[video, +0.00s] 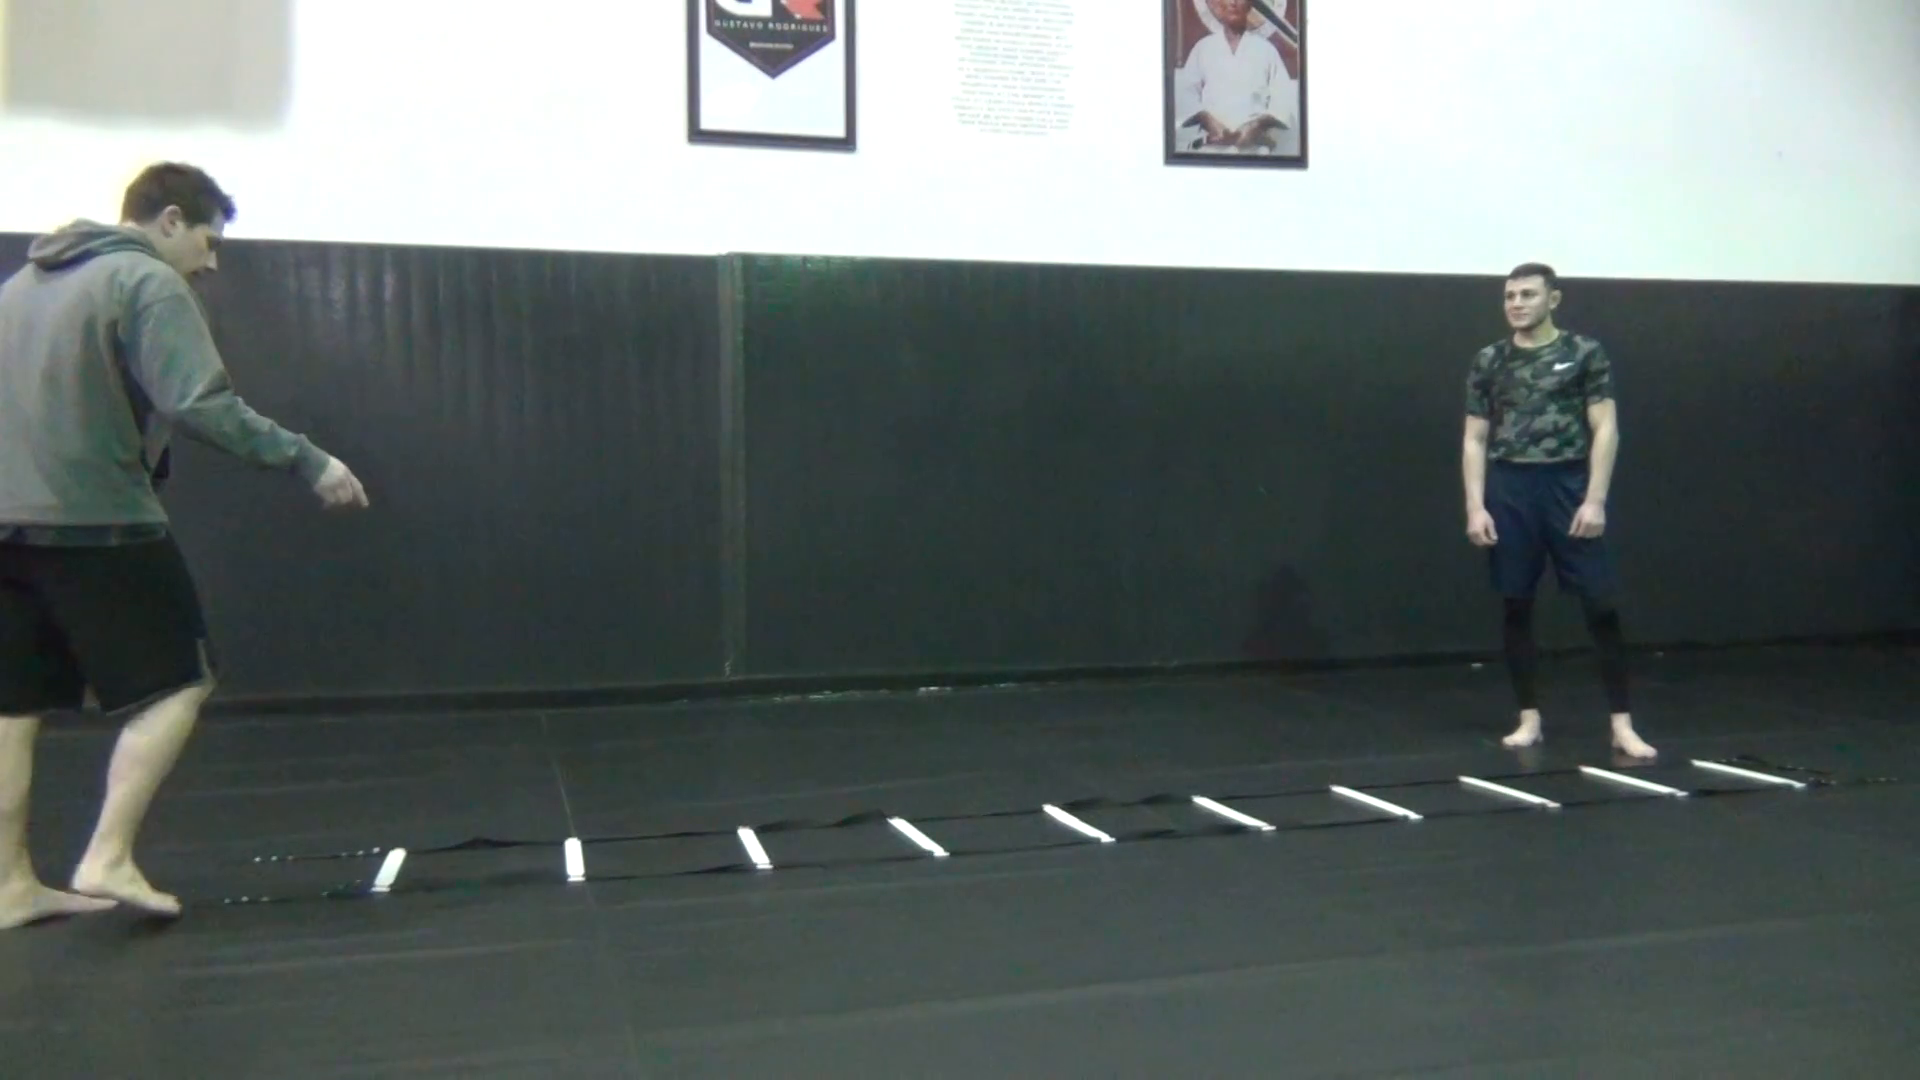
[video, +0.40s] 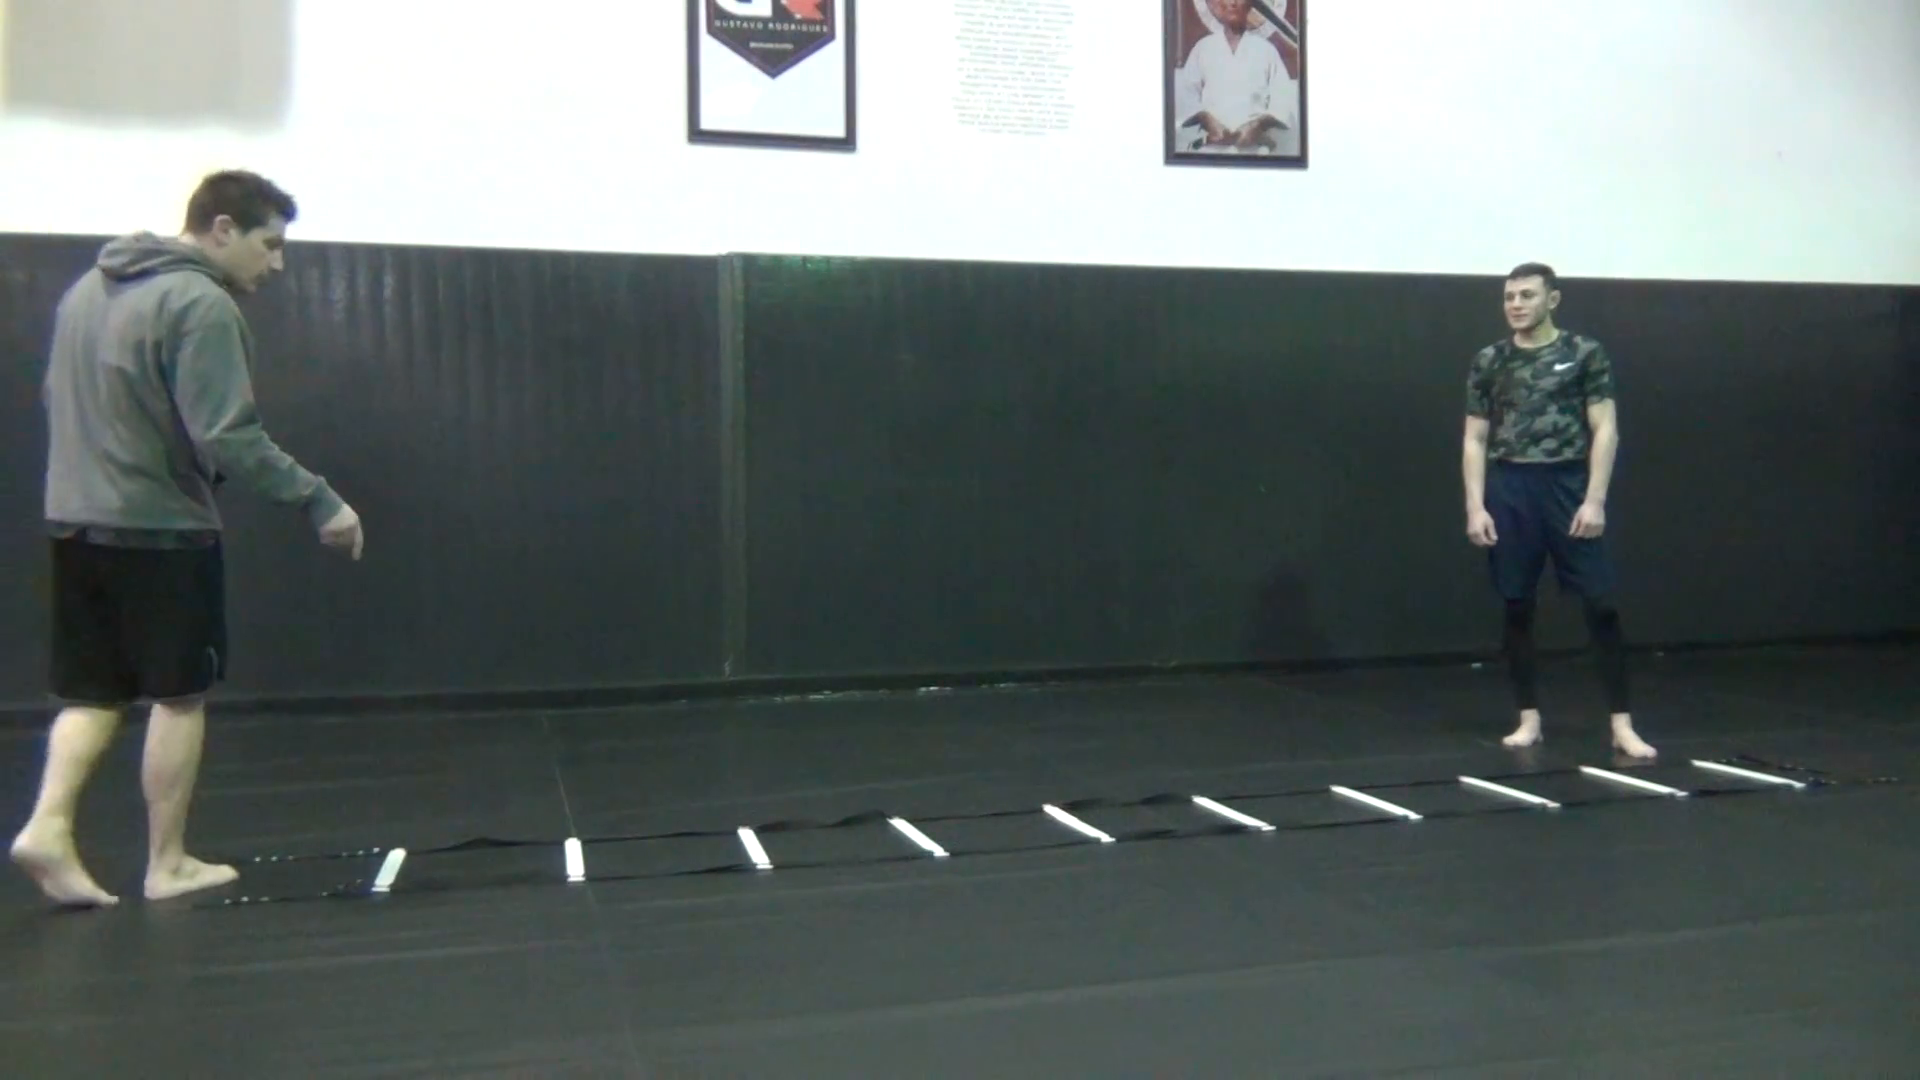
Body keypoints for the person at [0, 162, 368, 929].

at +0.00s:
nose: (210, 262)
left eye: (214, 245)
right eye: (207, 241)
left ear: (147, 216)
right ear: (169, 219)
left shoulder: (25, 280)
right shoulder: (147, 279)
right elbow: (197, 401)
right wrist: (311, 461)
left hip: (10, 519)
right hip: (99, 520)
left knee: (13, 704)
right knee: (176, 683)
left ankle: (12, 883)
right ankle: (108, 859)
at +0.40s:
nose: (277, 263)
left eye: (280, 247)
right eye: (269, 245)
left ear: (212, 228)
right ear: (219, 228)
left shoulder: (90, 287)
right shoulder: (201, 303)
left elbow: (57, 392)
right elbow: (228, 439)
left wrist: (120, 466)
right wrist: (321, 500)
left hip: (78, 523)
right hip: (163, 530)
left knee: (96, 689)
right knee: (178, 695)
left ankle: (46, 827)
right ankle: (168, 862)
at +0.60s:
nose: (296, 254)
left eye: (299, 239)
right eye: (287, 236)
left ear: (225, 230)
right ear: (234, 227)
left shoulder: (136, 288)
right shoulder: (213, 307)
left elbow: (136, 410)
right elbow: (236, 434)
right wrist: (340, 491)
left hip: (129, 521)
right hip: (190, 529)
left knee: (151, 672)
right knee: (199, 688)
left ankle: (118, 800)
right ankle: (169, 860)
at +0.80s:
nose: (311, 253)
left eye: (313, 238)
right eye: (300, 237)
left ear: (245, 237)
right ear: (246, 233)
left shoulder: (200, 298)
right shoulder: (218, 313)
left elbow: (214, 426)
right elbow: (228, 434)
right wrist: (330, 489)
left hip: (190, 524)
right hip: (205, 528)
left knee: (216, 672)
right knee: (209, 685)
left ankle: (227, 795)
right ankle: (166, 858)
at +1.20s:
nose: (355, 259)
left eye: (357, 245)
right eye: (345, 244)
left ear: (305, 247)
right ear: (297, 242)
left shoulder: (297, 312)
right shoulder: (263, 312)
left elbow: (295, 426)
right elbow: (251, 419)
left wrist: (332, 505)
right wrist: (345, 469)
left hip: (283, 515)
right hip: (258, 517)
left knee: (283, 658)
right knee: (314, 649)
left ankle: (283, 800)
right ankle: (197, 781)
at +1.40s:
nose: (381, 259)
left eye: (382, 246)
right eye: (369, 245)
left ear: (328, 248)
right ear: (322, 244)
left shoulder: (319, 311)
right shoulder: (293, 312)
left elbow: (327, 426)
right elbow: (284, 418)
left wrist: (376, 499)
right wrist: (369, 471)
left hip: (287, 512)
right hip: (302, 511)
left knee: (283, 656)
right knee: (379, 634)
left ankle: (279, 800)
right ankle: (297, 771)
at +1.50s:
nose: (396, 260)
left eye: (396, 247)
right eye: (384, 246)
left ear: (342, 249)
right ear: (337, 245)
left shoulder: (331, 312)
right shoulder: (312, 315)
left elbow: (339, 428)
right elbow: (303, 421)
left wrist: (389, 504)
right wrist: (385, 474)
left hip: (294, 513)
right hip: (324, 512)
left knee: (289, 655)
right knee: (398, 634)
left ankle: (282, 795)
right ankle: (367, 785)